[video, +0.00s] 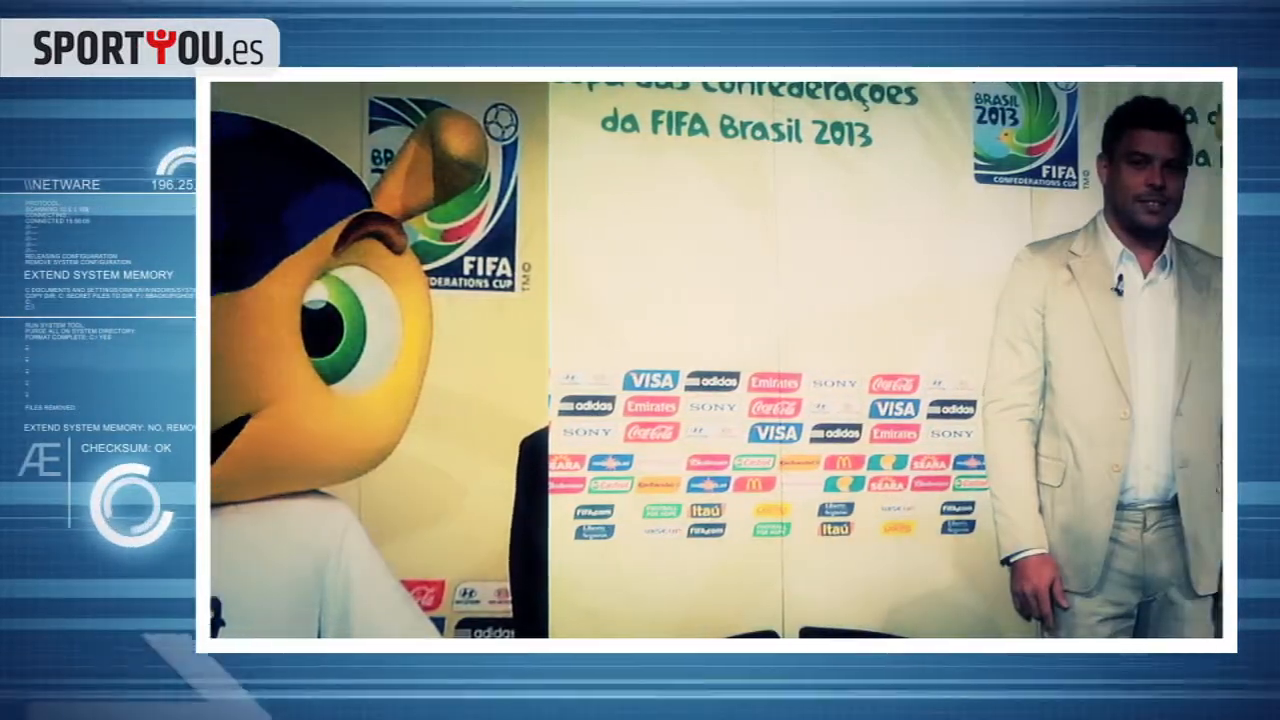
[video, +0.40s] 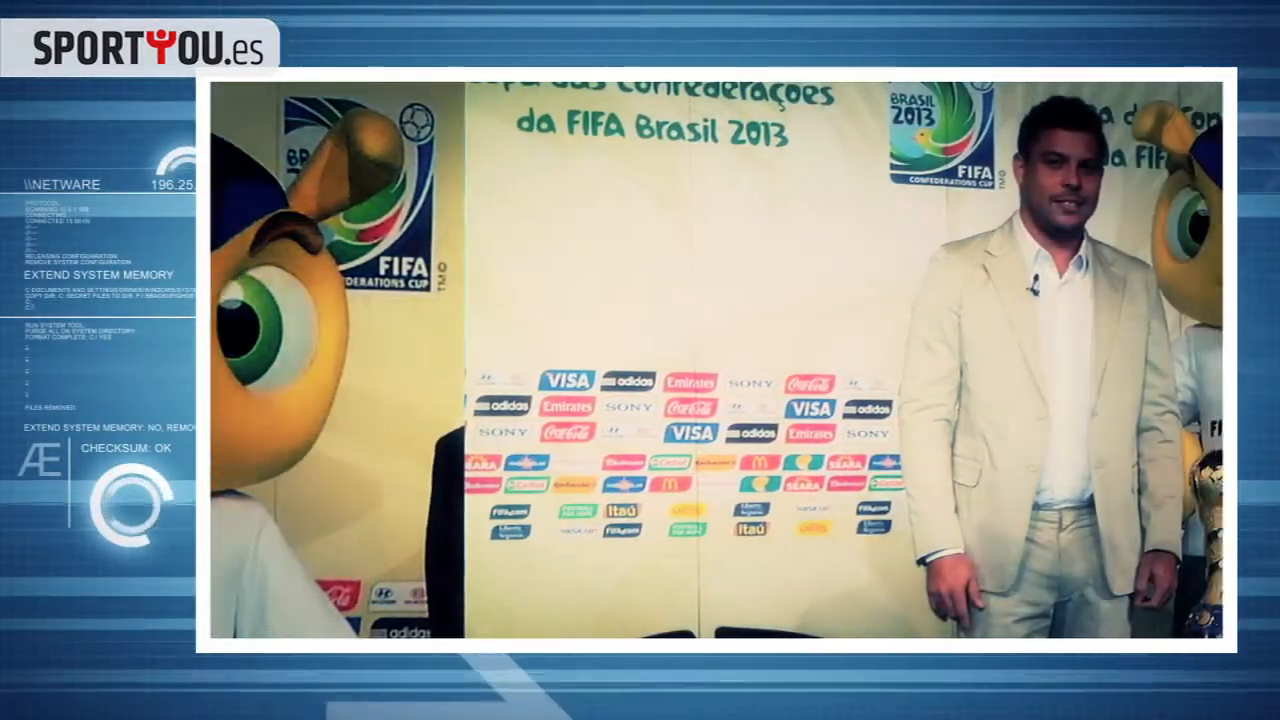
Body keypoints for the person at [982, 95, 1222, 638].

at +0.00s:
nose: (1157, 180)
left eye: (1172, 166)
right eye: (1139, 162)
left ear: (1187, 179)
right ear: (1104, 170)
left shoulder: (1222, 280)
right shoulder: (1042, 271)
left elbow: (1241, 421)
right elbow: (1008, 415)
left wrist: (1239, 552)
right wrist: (1024, 548)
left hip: (1193, 544)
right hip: (1086, 544)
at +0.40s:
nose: (1073, 180)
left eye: (1089, 166)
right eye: (1055, 162)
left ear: (1102, 178)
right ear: (1020, 170)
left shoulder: (1135, 282)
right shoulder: (958, 270)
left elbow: (1158, 422)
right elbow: (924, 414)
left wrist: (1162, 542)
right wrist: (941, 549)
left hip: (1107, 543)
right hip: (1001, 546)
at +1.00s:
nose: (947, 180)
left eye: (963, 166)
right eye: (929, 162)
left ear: (976, 178)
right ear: (894, 170)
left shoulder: (1010, 283)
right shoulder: (832, 271)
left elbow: (1033, 423)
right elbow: (798, 414)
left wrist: (1036, 543)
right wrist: (815, 549)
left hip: (983, 544)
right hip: (874, 546)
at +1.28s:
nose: (888, 180)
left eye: (904, 166)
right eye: (870, 162)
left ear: (917, 178)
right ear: (835, 170)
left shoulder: (951, 283)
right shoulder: (773, 270)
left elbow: (974, 423)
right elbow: (739, 414)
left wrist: (977, 543)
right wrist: (756, 549)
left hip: (924, 544)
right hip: (815, 545)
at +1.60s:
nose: (821, 180)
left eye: (837, 166)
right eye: (803, 162)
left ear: (850, 178)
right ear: (768, 169)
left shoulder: (883, 282)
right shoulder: (705, 271)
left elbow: (907, 422)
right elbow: (672, 415)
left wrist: (910, 543)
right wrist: (689, 549)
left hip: (857, 543)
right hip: (748, 544)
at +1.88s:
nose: (763, 180)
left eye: (779, 166)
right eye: (744, 162)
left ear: (792, 178)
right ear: (709, 170)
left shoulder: (826, 283)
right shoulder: (646, 270)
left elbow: (848, 423)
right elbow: (614, 415)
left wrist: (851, 543)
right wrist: (631, 549)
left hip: (799, 542)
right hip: (690, 544)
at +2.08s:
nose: (721, 180)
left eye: (737, 166)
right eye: (703, 162)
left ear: (750, 178)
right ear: (667, 170)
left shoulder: (784, 283)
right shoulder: (603, 271)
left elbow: (806, 423)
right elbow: (572, 416)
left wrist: (809, 543)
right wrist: (589, 549)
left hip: (756, 542)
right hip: (648, 544)